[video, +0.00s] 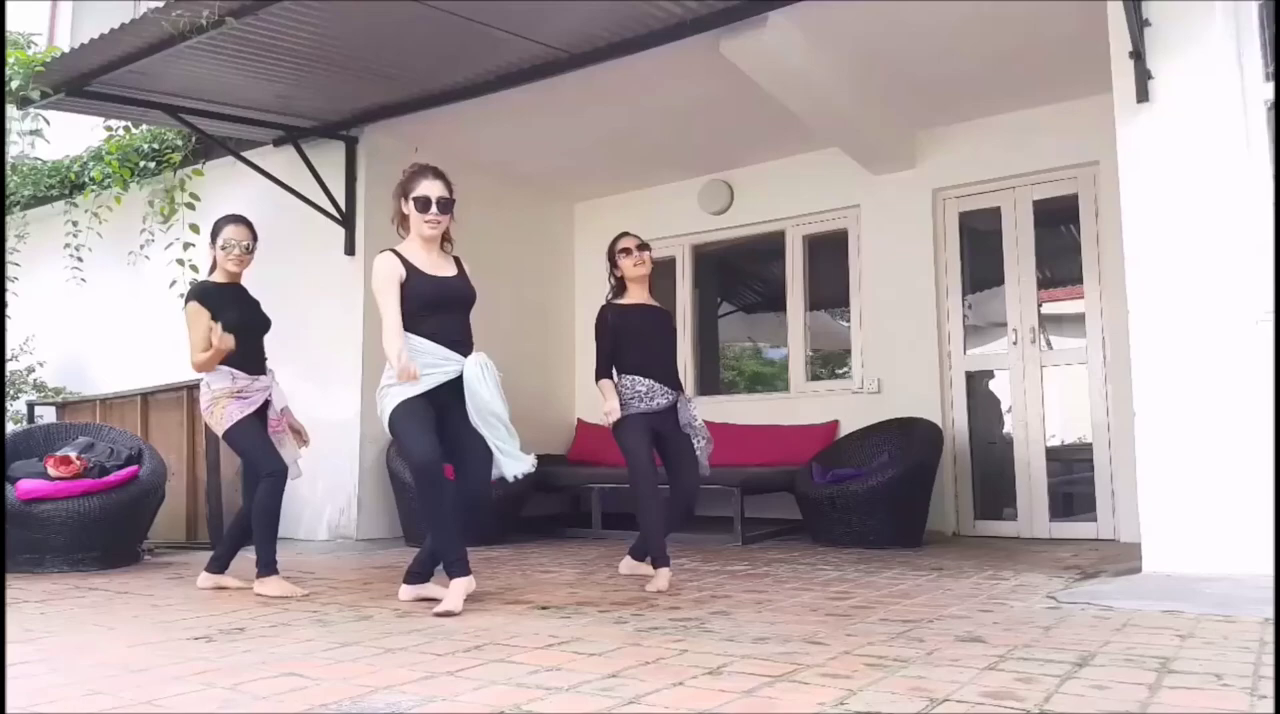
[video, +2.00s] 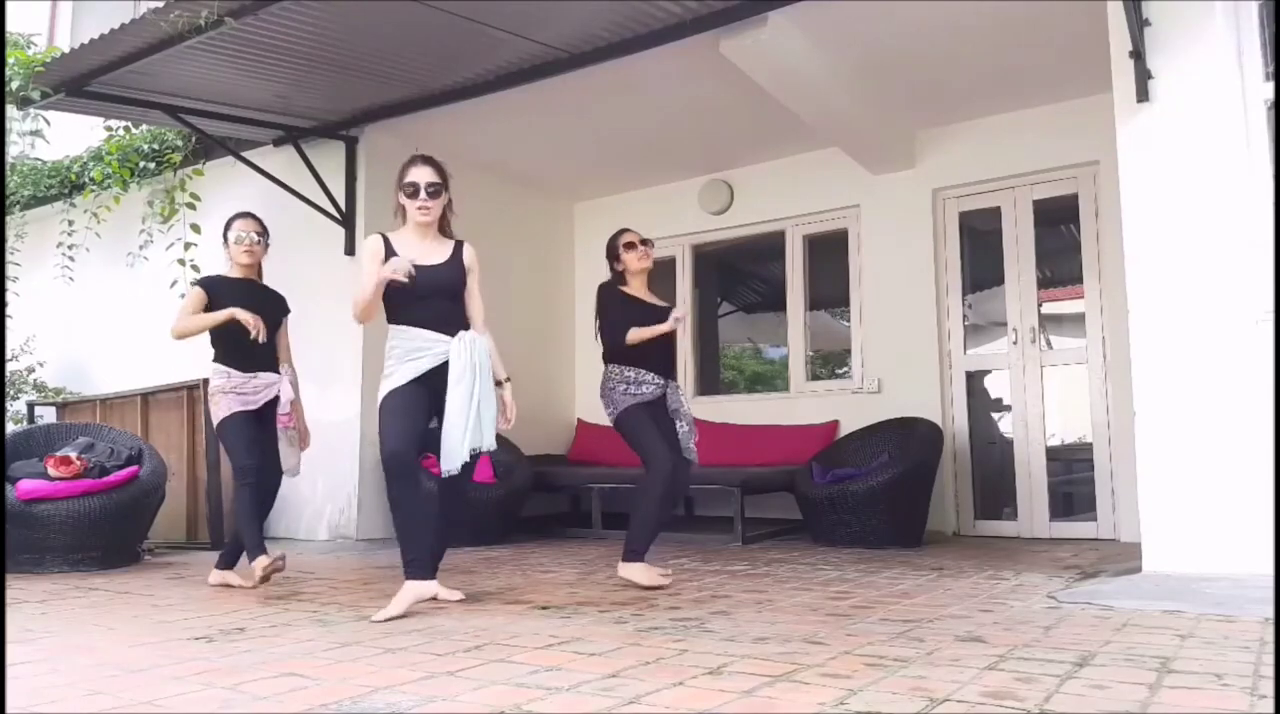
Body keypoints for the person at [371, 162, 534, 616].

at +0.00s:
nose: (434, 211)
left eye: (443, 203)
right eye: (423, 202)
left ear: (452, 209)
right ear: (404, 207)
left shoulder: (454, 262)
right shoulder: (390, 262)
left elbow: (460, 323)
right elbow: (390, 319)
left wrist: (474, 364)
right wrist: (400, 358)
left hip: (461, 380)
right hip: (410, 382)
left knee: (477, 480)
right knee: (425, 462)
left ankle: (416, 574)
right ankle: (460, 574)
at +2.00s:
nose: (423, 197)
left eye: (433, 189)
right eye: (413, 190)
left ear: (446, 197)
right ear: (400, 197)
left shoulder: (463, 253)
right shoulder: (380, 245)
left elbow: (479, 325)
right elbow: (363, 314)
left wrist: (502, 381)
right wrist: (380, 277)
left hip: (460, 368)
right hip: (407, 367)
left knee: (453, 472)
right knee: (396, 454)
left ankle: (428, 575)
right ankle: (417, 576)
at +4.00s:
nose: (408, 193)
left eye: (417, 183)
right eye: (401, 187)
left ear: (443, 185)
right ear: (399, 196)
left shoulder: (470, 240)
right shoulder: (398, 249)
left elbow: (490, 307)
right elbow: (379, 316)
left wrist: (518, 343)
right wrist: (333, 303)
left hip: (454, 364)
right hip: (405, 366)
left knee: (437, 465)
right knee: (346, 457)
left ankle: (453, 575)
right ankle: (376, 570)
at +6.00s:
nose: (546, 178)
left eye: (555, 171)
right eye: (537, 172)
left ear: (572, 179)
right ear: (528, 179)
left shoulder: (581, 230)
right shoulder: (509, 231)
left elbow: (583, 186)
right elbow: (485, 279)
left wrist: (587, 159)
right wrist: (531, 275)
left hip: (575, 355)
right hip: (528, 360)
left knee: (579, 465)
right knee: (467, 452)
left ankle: (620, 576)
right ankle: (485, 571)